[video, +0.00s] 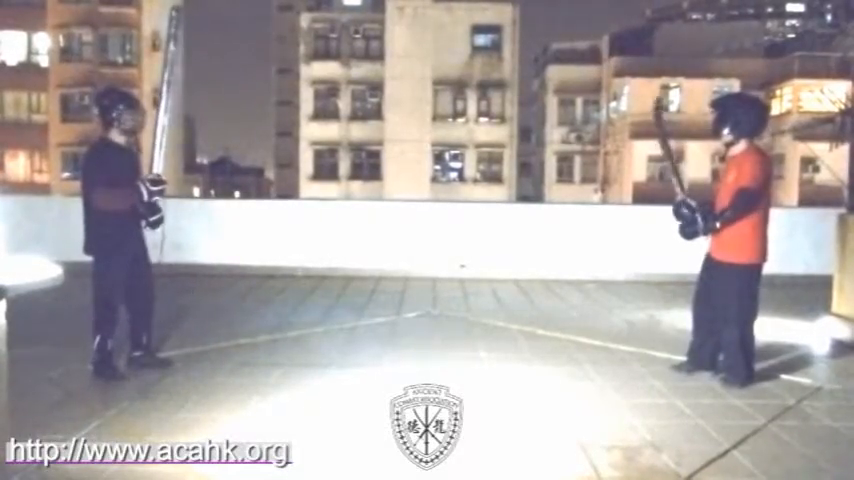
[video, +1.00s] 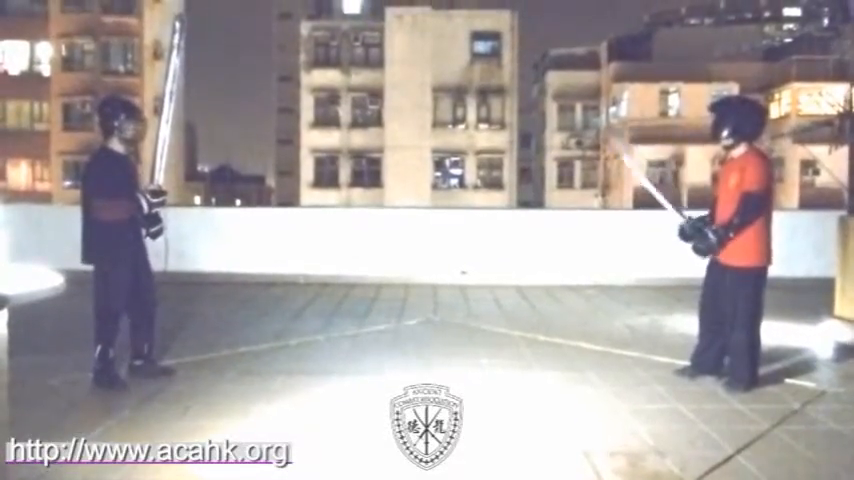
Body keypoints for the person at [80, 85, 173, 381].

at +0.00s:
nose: (136, 119)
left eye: (137, 114)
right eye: (130, 114)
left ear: (135, 117)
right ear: (114, 116)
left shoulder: (129, 154)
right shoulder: (99, 155)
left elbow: (127, 191)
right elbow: (99, 198)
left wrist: (146, 192)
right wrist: (139, 198)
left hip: (131, 236)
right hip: (106, 239)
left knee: (141, 290)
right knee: (107, 296)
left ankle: (141, 348)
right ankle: (102, 354)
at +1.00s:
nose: (137, 129)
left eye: (138, 123)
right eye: (132, 123)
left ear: (129, 126)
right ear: (116, 125)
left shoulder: (126, 162)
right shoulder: (102, 164)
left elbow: (124, 201)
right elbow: (101, 210)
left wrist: (147, 201)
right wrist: (140, 212)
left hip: (130, 244)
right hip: (108, 247)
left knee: (143, 298)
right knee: (110, 304)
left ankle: (142, 357)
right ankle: (103, 363)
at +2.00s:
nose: (131, 177)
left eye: (130, 171)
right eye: (125, 171)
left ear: (112, 176)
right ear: (108, 175)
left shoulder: (123, 214)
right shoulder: (94, 217)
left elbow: (124, 255)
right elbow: (93, 265)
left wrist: (143, 260)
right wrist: (131, 258)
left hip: (126, 294)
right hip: (102, 297)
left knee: (137, 349)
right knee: (104, 354)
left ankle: (136, 411)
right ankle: (98, 417)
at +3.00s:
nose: (155, 182)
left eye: (154, 177)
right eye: (150, 176)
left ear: (134, 180)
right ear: (133, 179)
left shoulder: (142, 216)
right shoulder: (119, 218)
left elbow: (145, 256)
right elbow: (122, 263)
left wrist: (165, 261)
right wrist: (161, 264)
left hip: (149, 297)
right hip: (126, 300)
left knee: (161, 350)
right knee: (129, 354)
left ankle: (160, 408)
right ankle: (122, 414)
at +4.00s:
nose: (139, 170)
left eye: (143, 165)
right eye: (133, 164)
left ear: (148, 171)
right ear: (118, 168)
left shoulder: (143, 208)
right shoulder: (107, 208)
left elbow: (145, 247)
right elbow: (106, 254)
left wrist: (160, 251)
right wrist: (146, 251)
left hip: (142, 287)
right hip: (116, 289)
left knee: (152, 342)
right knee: (118, 346)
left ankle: (150, 400)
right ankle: (111, 406)